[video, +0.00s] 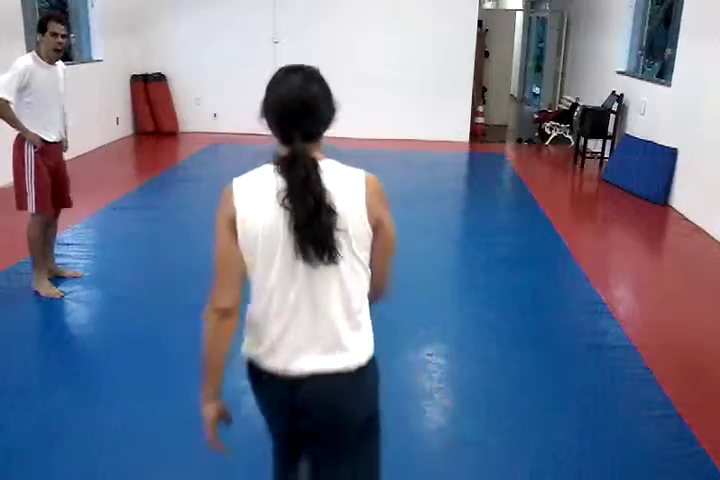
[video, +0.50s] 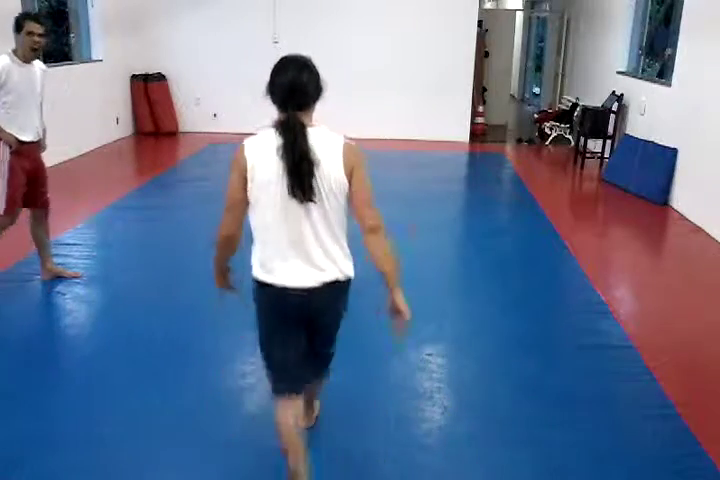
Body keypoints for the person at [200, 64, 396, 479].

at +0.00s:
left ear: (270, 122)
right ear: (327, 118)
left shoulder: (240, 195)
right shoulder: (365, 189)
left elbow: (224, 307)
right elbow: (377, 287)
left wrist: (211, 396)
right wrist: (328, 297)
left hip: (273, 376)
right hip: (345, 378)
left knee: (287, 459)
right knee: (348, 468)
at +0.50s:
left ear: (272, 96)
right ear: (317, 95)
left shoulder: (251, 152)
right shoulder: (345, 151)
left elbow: (230, 230)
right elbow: (371, 226)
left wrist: (221, 266)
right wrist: (394, 288)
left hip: (276, 290)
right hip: (330, 287)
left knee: (286, 392)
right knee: (319, 357)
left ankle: (299, 473)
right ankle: (309, 413)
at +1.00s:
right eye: (301, 76)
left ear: (269, 80)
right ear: (306, 80)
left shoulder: (252, 126)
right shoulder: (330, 122)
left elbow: (248, 192)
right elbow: (342, 184)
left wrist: (246, 246)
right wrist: (336, 224)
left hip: (272, 236)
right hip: (317, 236)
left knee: (273, 292)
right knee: (312, 316)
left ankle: (272, 343)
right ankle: (308, 401)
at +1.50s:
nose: (291, 71)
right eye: (294, 66)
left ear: (265, 65)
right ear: (295, 68)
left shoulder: (245, 101)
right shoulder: (312, 103)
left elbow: (230, 153)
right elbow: (324, 156)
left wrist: (219, 180)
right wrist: (332, 202)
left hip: (260, 199)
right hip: (299, 199)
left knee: (266, 267)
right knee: (296, 251)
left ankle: (275, 340)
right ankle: (293, 293)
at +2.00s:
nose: (307, 63)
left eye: (305, 58)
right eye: (307, 58)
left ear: (281, 56)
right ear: (306, 59)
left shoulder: (260, 89)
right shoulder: (317, 89)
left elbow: (255, 137)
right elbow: (329, 137)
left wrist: (253, 177)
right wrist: (336, 165)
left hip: (272, 173)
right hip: (304, 174)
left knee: (273, 223)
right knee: (298, 236)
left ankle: (275, 264)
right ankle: (289, 294)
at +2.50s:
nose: (323, 62)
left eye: (323, 57)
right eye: (323, 57)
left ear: (301, 51)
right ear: (318, 56)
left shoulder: (277, 77)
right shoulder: (319, 83)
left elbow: (265, 116)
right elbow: (323, 127)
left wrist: (264, 144)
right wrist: (332, 161)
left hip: (280, 153)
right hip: (310, 156)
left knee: (283, 210)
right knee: (317, 205)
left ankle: (283, 260)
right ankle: (315, 248)